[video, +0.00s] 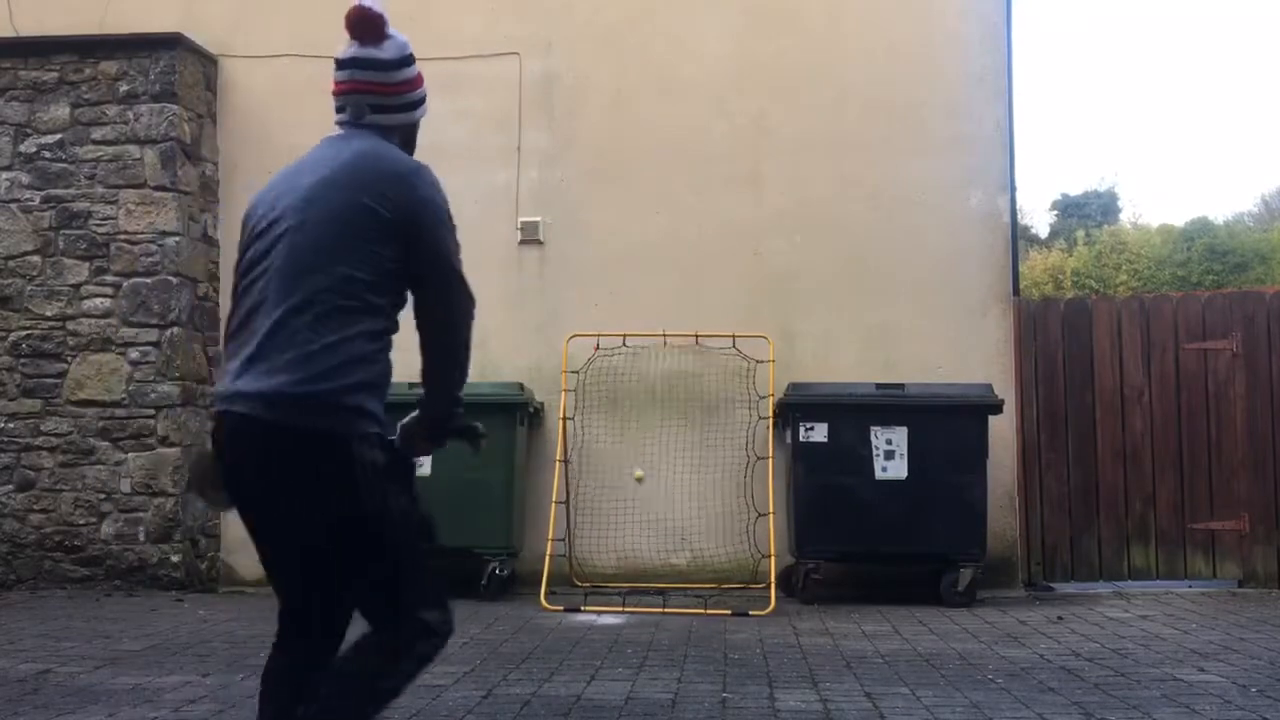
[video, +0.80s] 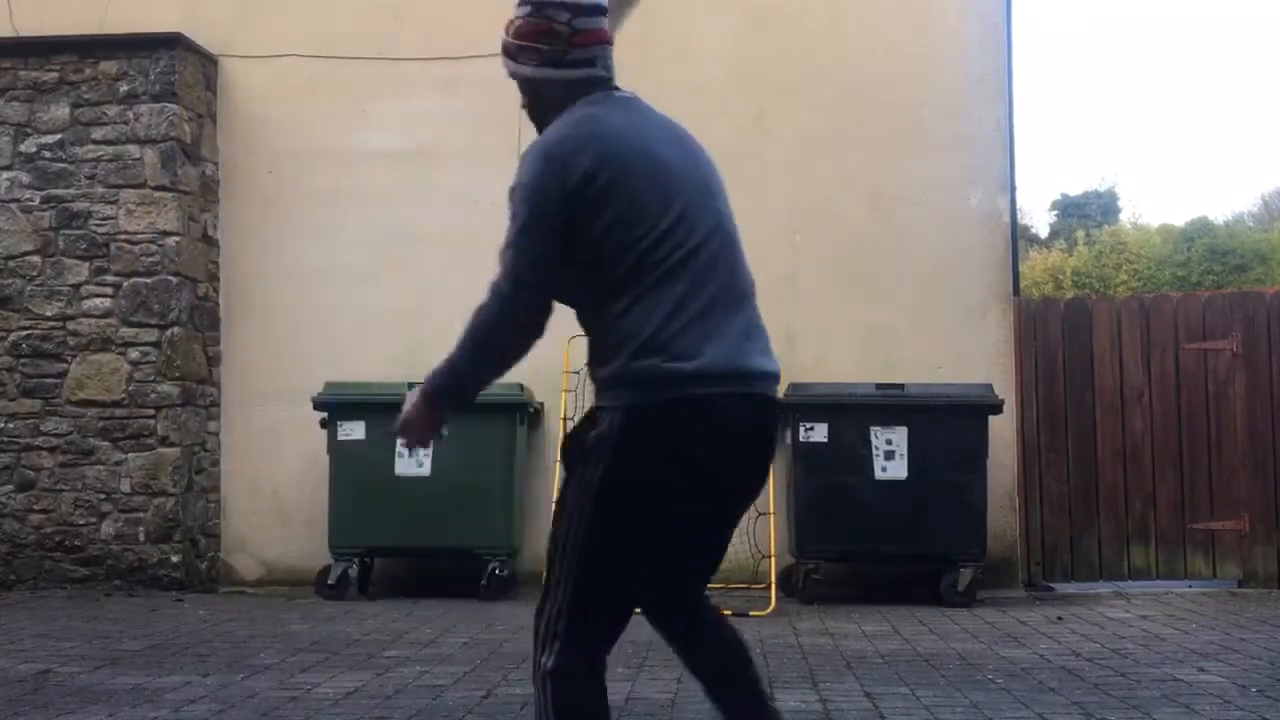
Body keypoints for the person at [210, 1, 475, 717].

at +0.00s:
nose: (418, 129)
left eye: (412, 115)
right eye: (418, 116)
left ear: (341, 108)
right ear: (410, 114)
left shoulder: (275, 189)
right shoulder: (407, 182)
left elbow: (243, 324)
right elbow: (447, 308)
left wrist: (229, 431)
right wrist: (435, 417)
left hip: (243, 425)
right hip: (333, 429)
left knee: (311, 612)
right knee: (417, 621)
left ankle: (281, 719)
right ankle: (318, 710)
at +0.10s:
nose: (436, 118)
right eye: (434, 104)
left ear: (356, 102)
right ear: (428, 107)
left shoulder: (293, 184)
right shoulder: (429, 180)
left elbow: (262, 317)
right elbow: (475, 309)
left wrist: (268, 405)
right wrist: (462, 430)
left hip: (265, 423)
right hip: (358, 428)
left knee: (320, 610)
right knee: (461, 611)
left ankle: (279, 712)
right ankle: (406, 715)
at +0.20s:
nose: (478, 104)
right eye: (475, 94)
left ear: (399, 98)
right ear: (471, 102)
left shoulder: (338, 180)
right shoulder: (485, 178)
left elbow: (289, 311)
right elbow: (541, 302)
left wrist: (300, 366)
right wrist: (541, 426)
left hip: (329, 433)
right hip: (437, 436)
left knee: (342, 619)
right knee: (537, 632)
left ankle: (288, 717)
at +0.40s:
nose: (435, 70)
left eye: (436, 61)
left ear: (442, 68)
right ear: (518, 67)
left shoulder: (414, 159)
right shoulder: (586, 155)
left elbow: (355, 302)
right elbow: (642, 290)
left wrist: (335, 269)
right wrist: (642, 404)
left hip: (454, 435)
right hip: (575, 432)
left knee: (423, 622)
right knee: (604, 647)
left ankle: (384, 719)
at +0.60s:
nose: (454, 81)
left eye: (455, 67)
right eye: (455, 67)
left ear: (468, 63)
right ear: (540, 54)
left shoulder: (478, 134)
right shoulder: (634, 133)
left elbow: (379, 261)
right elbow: (636, 261)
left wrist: (280, 232)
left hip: (562, 396)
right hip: (670, 394)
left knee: (540, 630)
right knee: (645, 627)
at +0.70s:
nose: (470, 83)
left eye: (469, 68)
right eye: (470, 68)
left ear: (482, 68)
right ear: (555, 59)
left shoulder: (498, 145)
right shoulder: (635, 135)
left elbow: (412, 284)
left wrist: (307, 293)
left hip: (593, 405)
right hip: (697, 402)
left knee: (550, 638)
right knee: (650, 627)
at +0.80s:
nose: (520, 97)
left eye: (521, 80)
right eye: (518, 80)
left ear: (539, 74)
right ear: (601, 64)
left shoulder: (557, 154)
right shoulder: (667, 133)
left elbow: (516, 308)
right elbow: (668, 283)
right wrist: (613, 406)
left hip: (656, 411)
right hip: (747, 405)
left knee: (570, 637)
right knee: (674, 595)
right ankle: (759, 715)